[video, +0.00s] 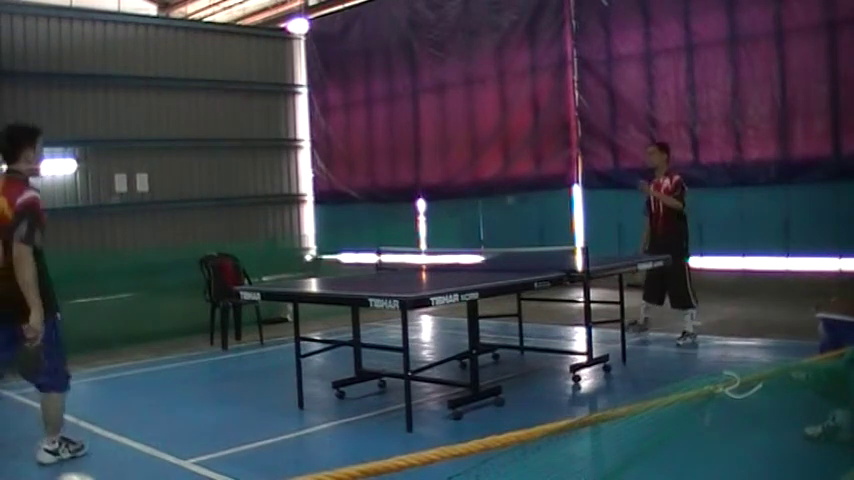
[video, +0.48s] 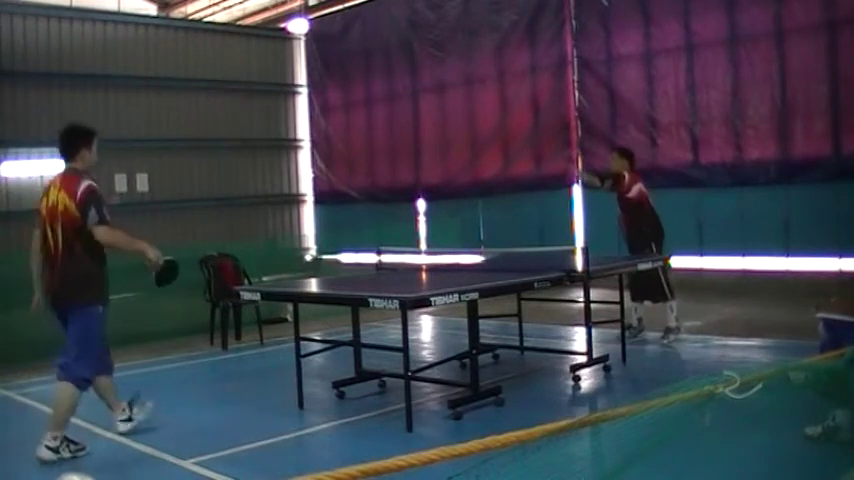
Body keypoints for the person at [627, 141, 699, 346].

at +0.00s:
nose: (649, 158)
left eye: (653, 154)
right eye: (649, 154)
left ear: (664, 157)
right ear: (652, 158)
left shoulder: (676, 181)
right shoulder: (653, 185)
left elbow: (679, 204)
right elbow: (651, 217)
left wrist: (653, 193)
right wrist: (645, 242)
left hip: (676, 243)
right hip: (657, 242)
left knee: (681, 285)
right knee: (652, 281)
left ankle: (689, 329)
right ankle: (643, 320)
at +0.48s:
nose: (612, 163)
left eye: (615, 159)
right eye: (612, 159)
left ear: (626, 163)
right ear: (617, 163)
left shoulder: (633, 181)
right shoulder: (618, 181)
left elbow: (626, 189)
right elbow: (599, 182)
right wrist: (581, 175)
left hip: (651, 235)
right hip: (635, 236)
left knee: (659, 274)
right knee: (635, 275)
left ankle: (672, 322)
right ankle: (637, 321)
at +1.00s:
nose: (621, 162)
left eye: (625, 158)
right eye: (620, 158)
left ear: (635, 160)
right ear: (621, 162)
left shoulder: (643, 181)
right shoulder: (627, 185)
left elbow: (647, 215)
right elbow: (627, 218)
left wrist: (647, 244)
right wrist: (626, 245)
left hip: (653, 238)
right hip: (638, 239)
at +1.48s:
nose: (677, 160)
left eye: (681, 156)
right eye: (674, 156)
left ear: (688, 159)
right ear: (670, 159)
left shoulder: (699, 186)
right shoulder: (661, 185)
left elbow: (706, 216)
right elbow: (649, 215)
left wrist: (707, 242)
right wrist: (639, 241)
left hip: (691, 245)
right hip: (667, 244)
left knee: (696, 283)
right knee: (659, 281)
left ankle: (701, 320)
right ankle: (647, 317)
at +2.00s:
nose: (696, 158)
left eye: (701, 154)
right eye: (693, 153)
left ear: (708, 157)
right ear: (688, 156)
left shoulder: (717, 184)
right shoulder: (676, 183)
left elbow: (726, 214)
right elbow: (668, 214)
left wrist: (716, 239)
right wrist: (669, 242)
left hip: (704, 243)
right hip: (680, 242)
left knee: (702, 284)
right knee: (677, 282)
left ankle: (702, 322)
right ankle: (677, 321)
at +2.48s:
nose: (690, 157)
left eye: (695, 153)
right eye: (689, 152)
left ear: (705, 157)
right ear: (686, 156)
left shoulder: (716, 185)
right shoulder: (679, 183)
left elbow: (722, 217)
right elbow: (671, 213)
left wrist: (716, 244)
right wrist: (665, 241)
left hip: (704, 244)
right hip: (681, 243)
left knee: (702, 285)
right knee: (678, 282)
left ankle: (703, 322)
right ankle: (677, 321)